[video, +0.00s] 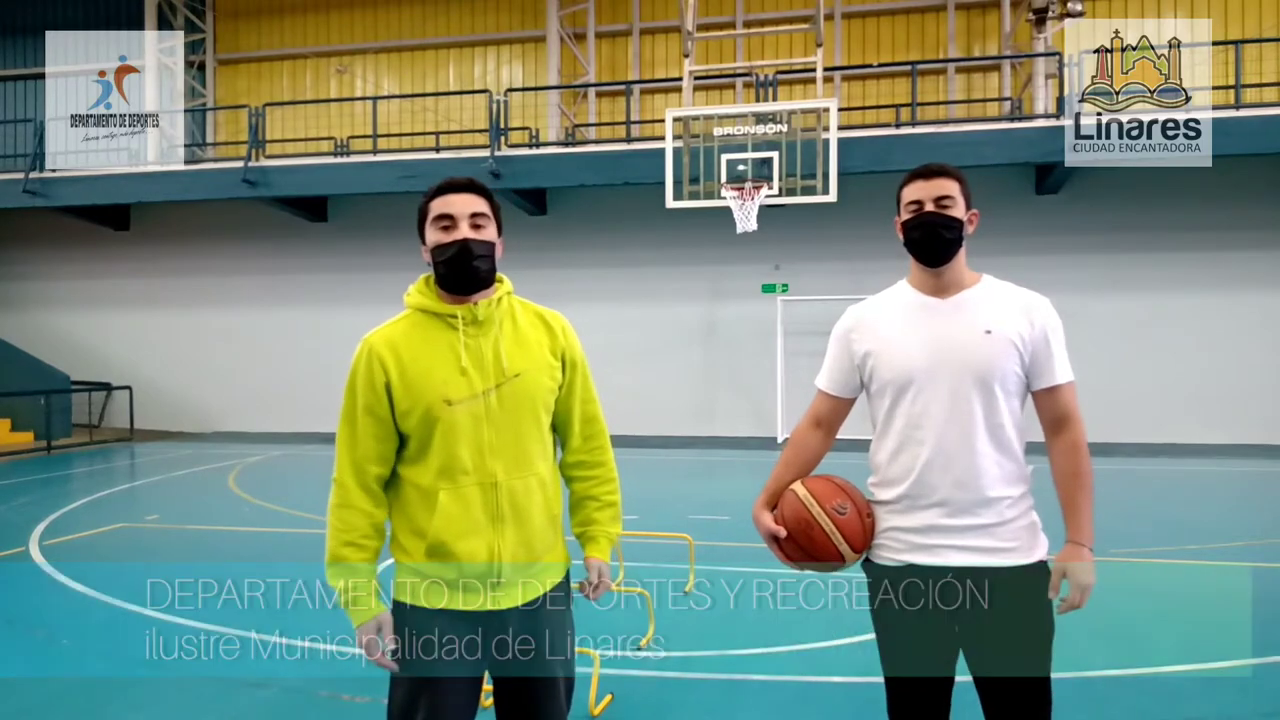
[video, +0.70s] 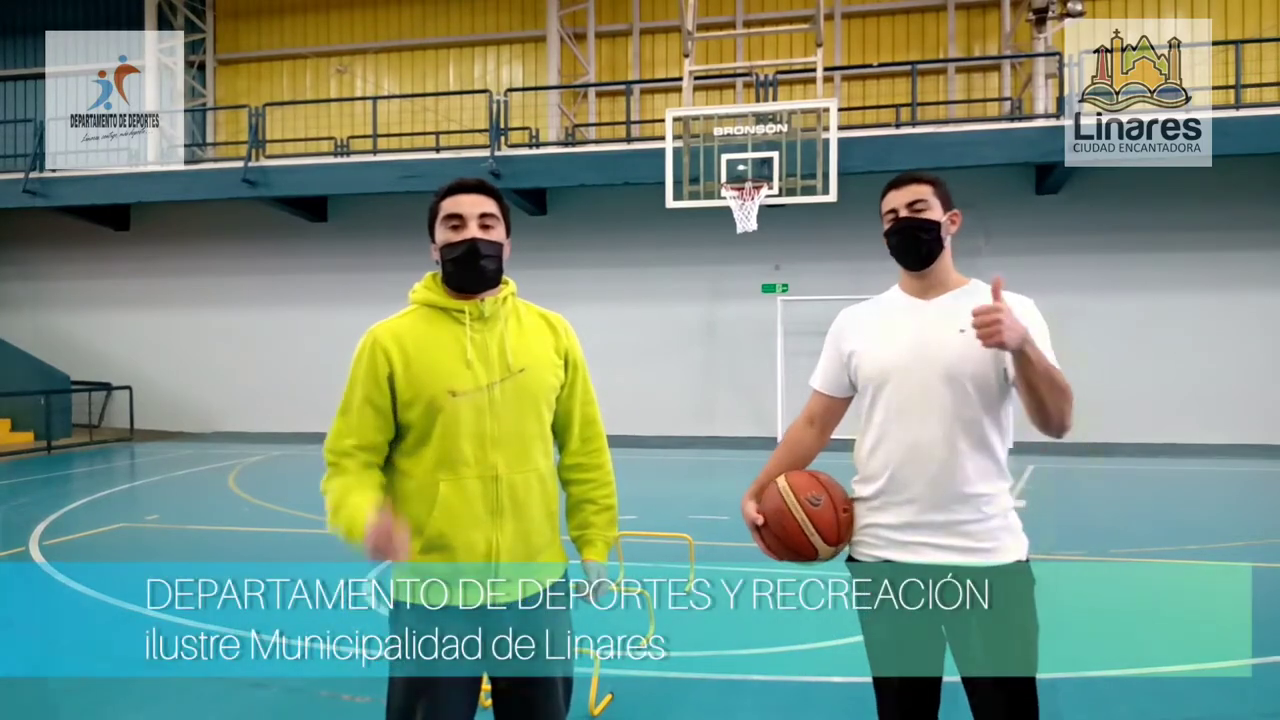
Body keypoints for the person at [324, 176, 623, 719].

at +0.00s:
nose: (464, 234)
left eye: (479, 222)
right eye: (446, 224)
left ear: (500, 243)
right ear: (426, 248)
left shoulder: (549, 334)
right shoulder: (386, 352)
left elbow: (587, 445)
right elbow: (358, 480)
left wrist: (597, 537)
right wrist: (360, 597)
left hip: (538, 592)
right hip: (435, 598)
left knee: (545, 711)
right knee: (430, 714)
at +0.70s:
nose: (471, 234)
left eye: (487, 223)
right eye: (454, 224)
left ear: (507, 243)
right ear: (434, 246)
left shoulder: (551, 335)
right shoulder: (390, 343)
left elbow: (585, 452)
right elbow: (350, 461)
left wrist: (595, 552)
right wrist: (370, 519)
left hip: (536, 588)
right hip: (434, 592)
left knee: (542, 712)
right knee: (428, 714)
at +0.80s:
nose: (472, 234)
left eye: (487, 223)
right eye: (454, 223)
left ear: (507, 242)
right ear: (435, 244)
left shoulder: (553, 335)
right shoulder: (391, 341)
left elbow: (587, 453)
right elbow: (345, 471)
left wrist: (598, 556)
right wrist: (372, 446)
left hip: (537, 587)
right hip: (434, 590)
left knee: (542, 712)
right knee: (427, 713)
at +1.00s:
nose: (474, 233)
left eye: (490, 223)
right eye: (457, 223)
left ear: (510, 242)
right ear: (438, 243)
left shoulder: (554, 335)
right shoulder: (397, 336)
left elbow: (591, 460)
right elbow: (349, 453)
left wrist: (604, 566)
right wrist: (386, 416)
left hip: (537, 583)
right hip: (432, 584)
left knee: (541, 711)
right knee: (429, 711)